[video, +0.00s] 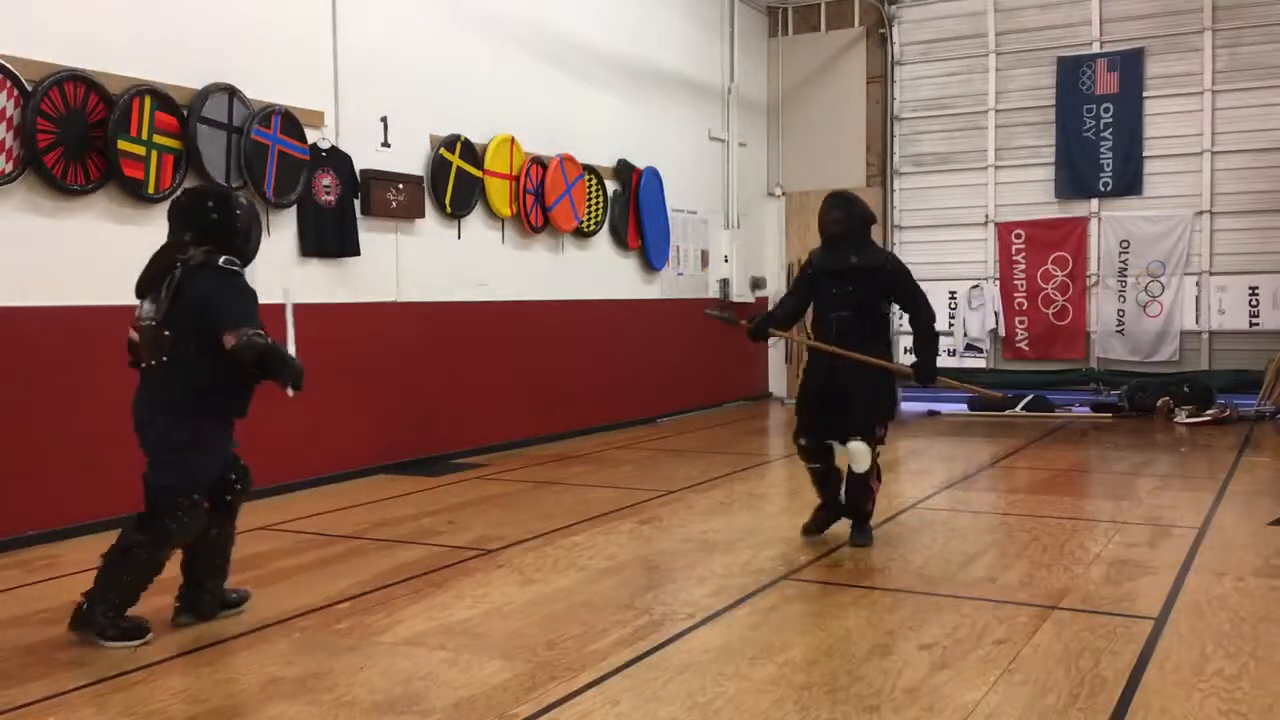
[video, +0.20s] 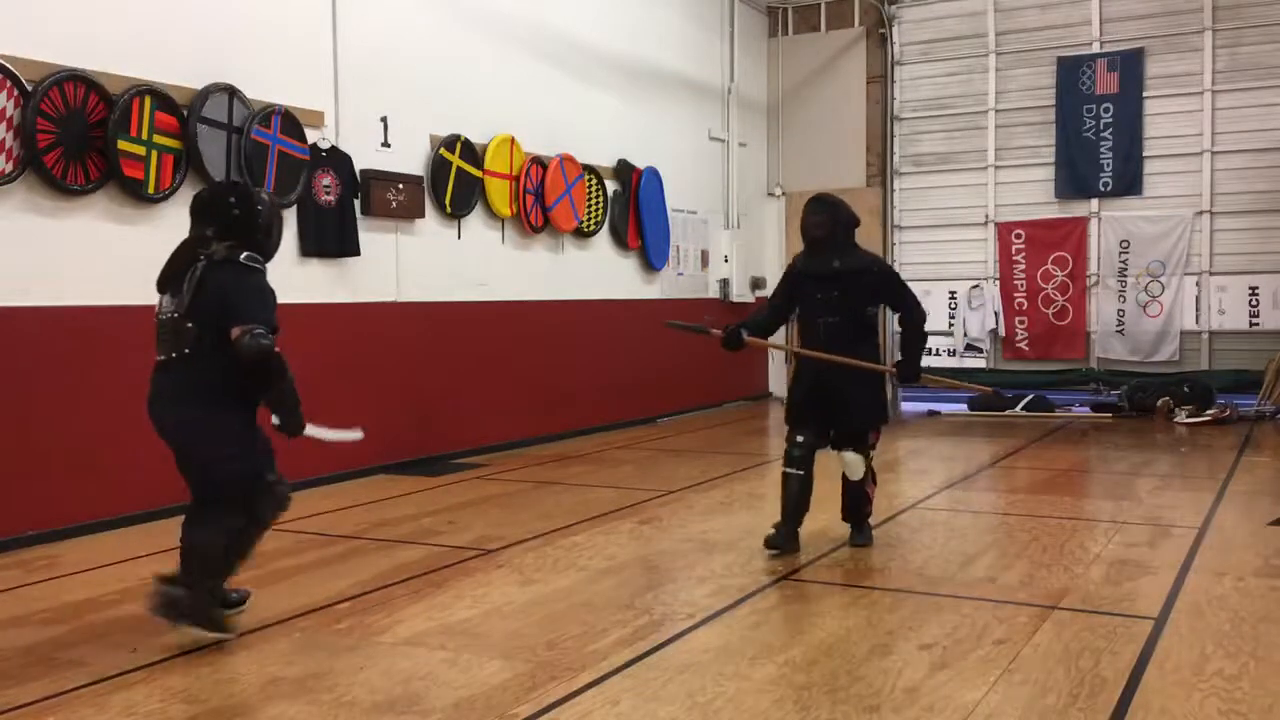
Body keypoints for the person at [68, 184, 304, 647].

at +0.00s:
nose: (250, 234)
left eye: (248, 224)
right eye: (244, 225)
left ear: (188, 230)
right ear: (227, 230)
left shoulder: (169, 271)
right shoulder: (221, 279)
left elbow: (142, 346)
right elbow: (242, 340)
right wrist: (282, 365)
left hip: (164, 412)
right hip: (188, 419)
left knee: (229, 483)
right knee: (175, 512)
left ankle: (202, 593)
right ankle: (101, 608)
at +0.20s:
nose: (274, 229)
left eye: (272, 220)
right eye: (268, 221)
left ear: (212, 226)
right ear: (249, 227)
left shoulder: (187, 265)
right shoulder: (244, 276)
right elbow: (255, 349)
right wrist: (287, 407)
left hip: (173, 399)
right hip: (212, 406)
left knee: (214, 492)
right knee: (262, 491)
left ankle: (203, 581)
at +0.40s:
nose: (300, 242)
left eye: (298, 233)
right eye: (292, 234)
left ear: (239, 239)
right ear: (268, 240)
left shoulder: (211, 275)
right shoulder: (265, 289)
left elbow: (227, 349)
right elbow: (273, 368)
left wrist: (293, 360)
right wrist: (306, 424)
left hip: (196, 418)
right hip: (241, 425)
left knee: (230, 498)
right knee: (307, 500)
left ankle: (202, 593)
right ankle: (334, 608)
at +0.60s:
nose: (335, 246)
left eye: (332, 235)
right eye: (326, 236)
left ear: (268, 242)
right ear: (310, 243)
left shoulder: (240, 286)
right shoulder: (317, 296)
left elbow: (225, 357)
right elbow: (353, 371)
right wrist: (393, 426)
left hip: (233, 436)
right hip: (296, 443)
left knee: (236, 502)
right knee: (356, 508)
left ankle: (206, 591)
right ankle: (345, 621)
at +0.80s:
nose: (356, 202)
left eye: (351, 191)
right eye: (349, 192)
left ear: (284, 199)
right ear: (330, 201)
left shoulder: (256, 249)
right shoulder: (326, 254)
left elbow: (269, 340)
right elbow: (344, 330)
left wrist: (340, 388)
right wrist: (384, 389)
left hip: (255, 412)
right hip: (313, 415)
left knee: (258, 505)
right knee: (360, 499)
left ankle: (219, 608)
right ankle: (350, 621)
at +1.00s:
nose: (364, 205)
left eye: (361, 194)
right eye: (357, 195)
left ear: (293, 197)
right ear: (338, 200)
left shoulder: (257, 246)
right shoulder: (325, 252)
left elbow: (270, 340)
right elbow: (340, 332)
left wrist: (342, 389)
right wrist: (389, 398)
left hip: (243, 418)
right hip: (308, 421)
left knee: (278, 525)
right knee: (360, 508)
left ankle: (265, 658)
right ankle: (367, 636)